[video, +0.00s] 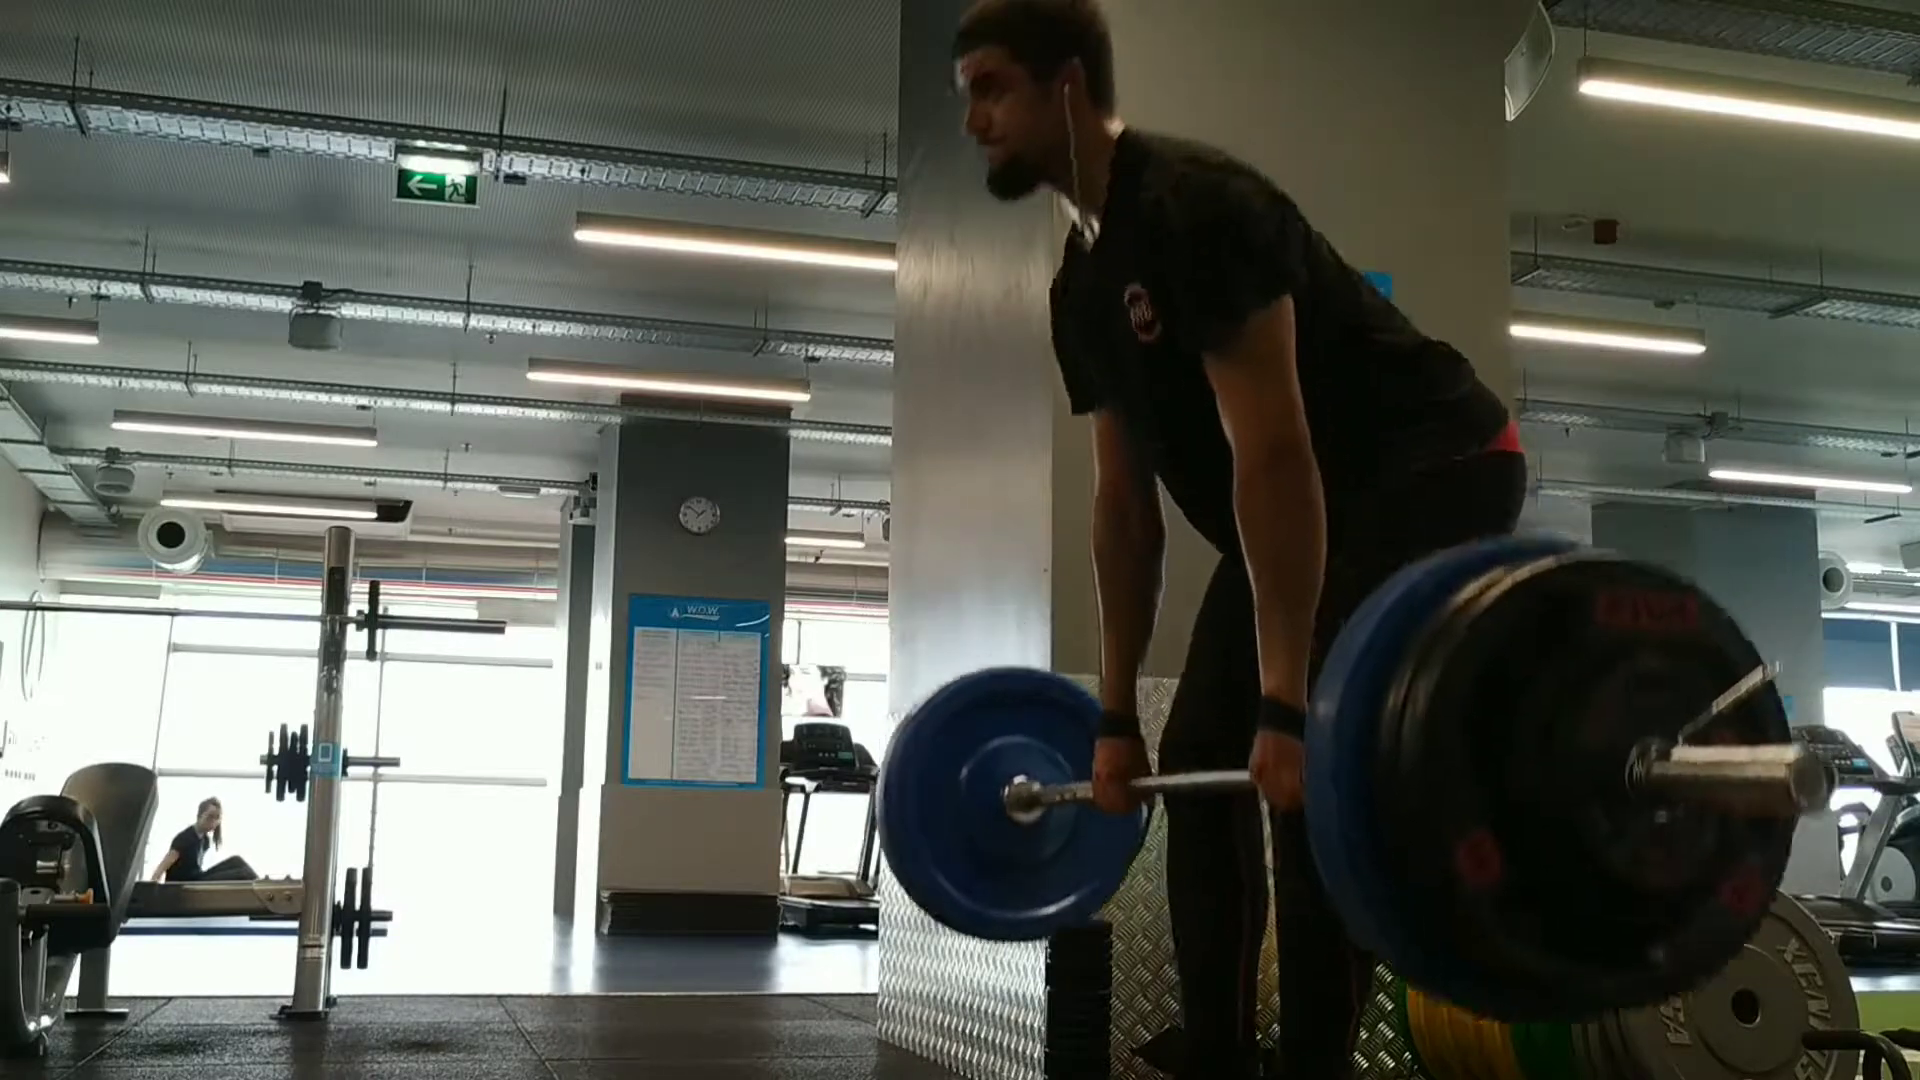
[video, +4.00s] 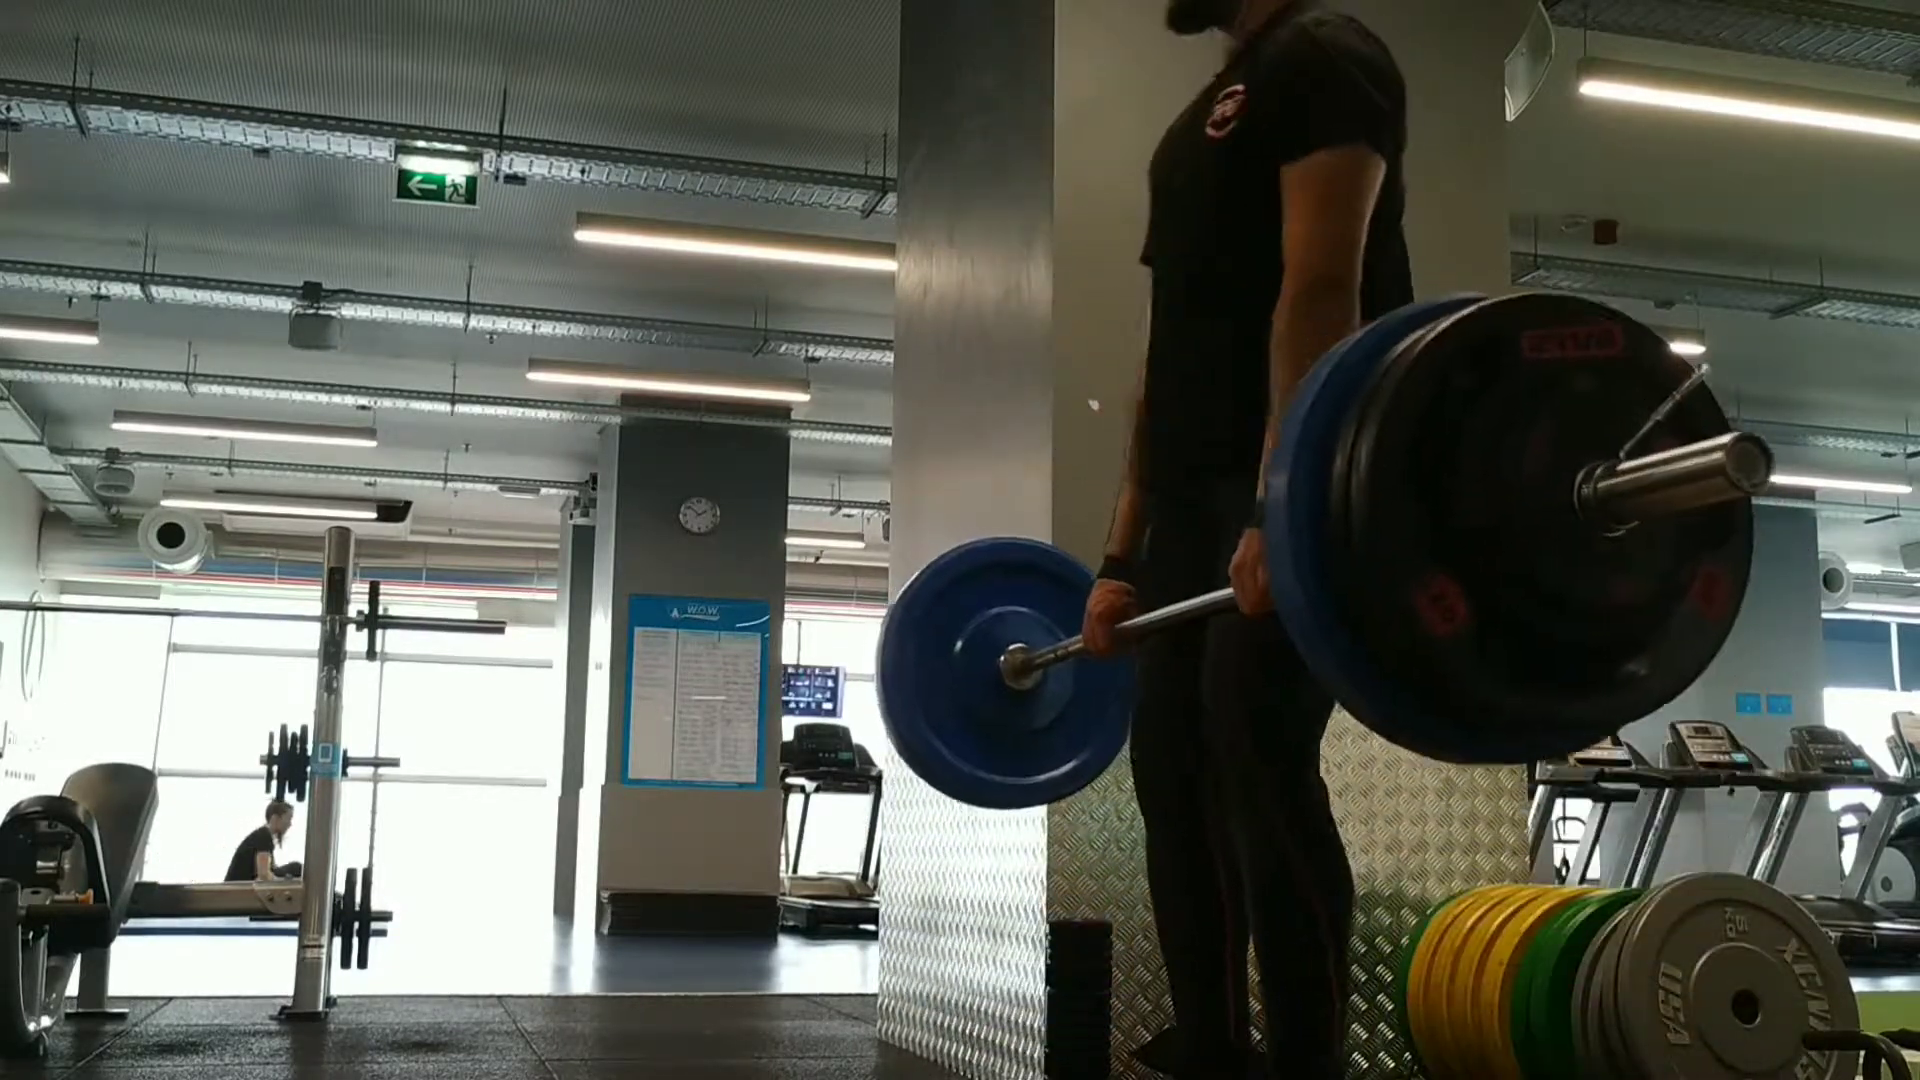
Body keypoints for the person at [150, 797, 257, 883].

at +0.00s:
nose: (213, 821)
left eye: (217, 818)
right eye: (210, 816)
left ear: (220, 821)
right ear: (200, 815)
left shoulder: (204, 839)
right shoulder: (186, 838)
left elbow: (193, 863)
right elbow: (163, 866)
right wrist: (151, 887)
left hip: (196, 879)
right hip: (184, 885)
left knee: (236, 861)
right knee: (240, 872)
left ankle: (259, 885)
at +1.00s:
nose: (210, 815)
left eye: (210, 811)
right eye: (206, 810)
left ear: (192, 812)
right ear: (192, 812)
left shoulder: (191, 833)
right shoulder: (182, 834)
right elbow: (164, 865)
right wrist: (166, 890)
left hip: (192, 882)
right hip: (183, 887)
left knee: (235, 862)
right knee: (239, 873)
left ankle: (258, 884)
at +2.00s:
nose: (217, 820)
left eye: (218, 816)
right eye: (217, 815)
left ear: (202, 815)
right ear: (208, 815)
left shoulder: (201, 836)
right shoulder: (199, 837)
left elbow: (186, 869)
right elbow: (185, 869)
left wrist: (173, 891)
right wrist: (172, 892)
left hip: (227, 880)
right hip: (227, 883)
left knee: (267, 847)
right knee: (273, 853)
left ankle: (287, 886)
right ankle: (292, 888)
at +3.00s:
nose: (222, 824)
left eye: (222, 820)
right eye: (222, 821)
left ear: (201, 820)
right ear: (218, 822)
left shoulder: (191, 845)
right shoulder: (212, 847)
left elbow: (177, 874)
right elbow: (190, 874)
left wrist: (169, 891)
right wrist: (178, 891)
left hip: (219, 887)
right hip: (235, 886)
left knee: (269, 851)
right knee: (276, 854)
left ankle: (285, 885)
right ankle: (295, 887)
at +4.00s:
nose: (290, 824)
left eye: (290, 819)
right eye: (288, 819)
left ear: (274, 818)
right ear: (275, 818)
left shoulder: (266, 835)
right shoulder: (264, 835)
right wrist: (283, 886)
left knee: (295, 867)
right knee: (295, 867)